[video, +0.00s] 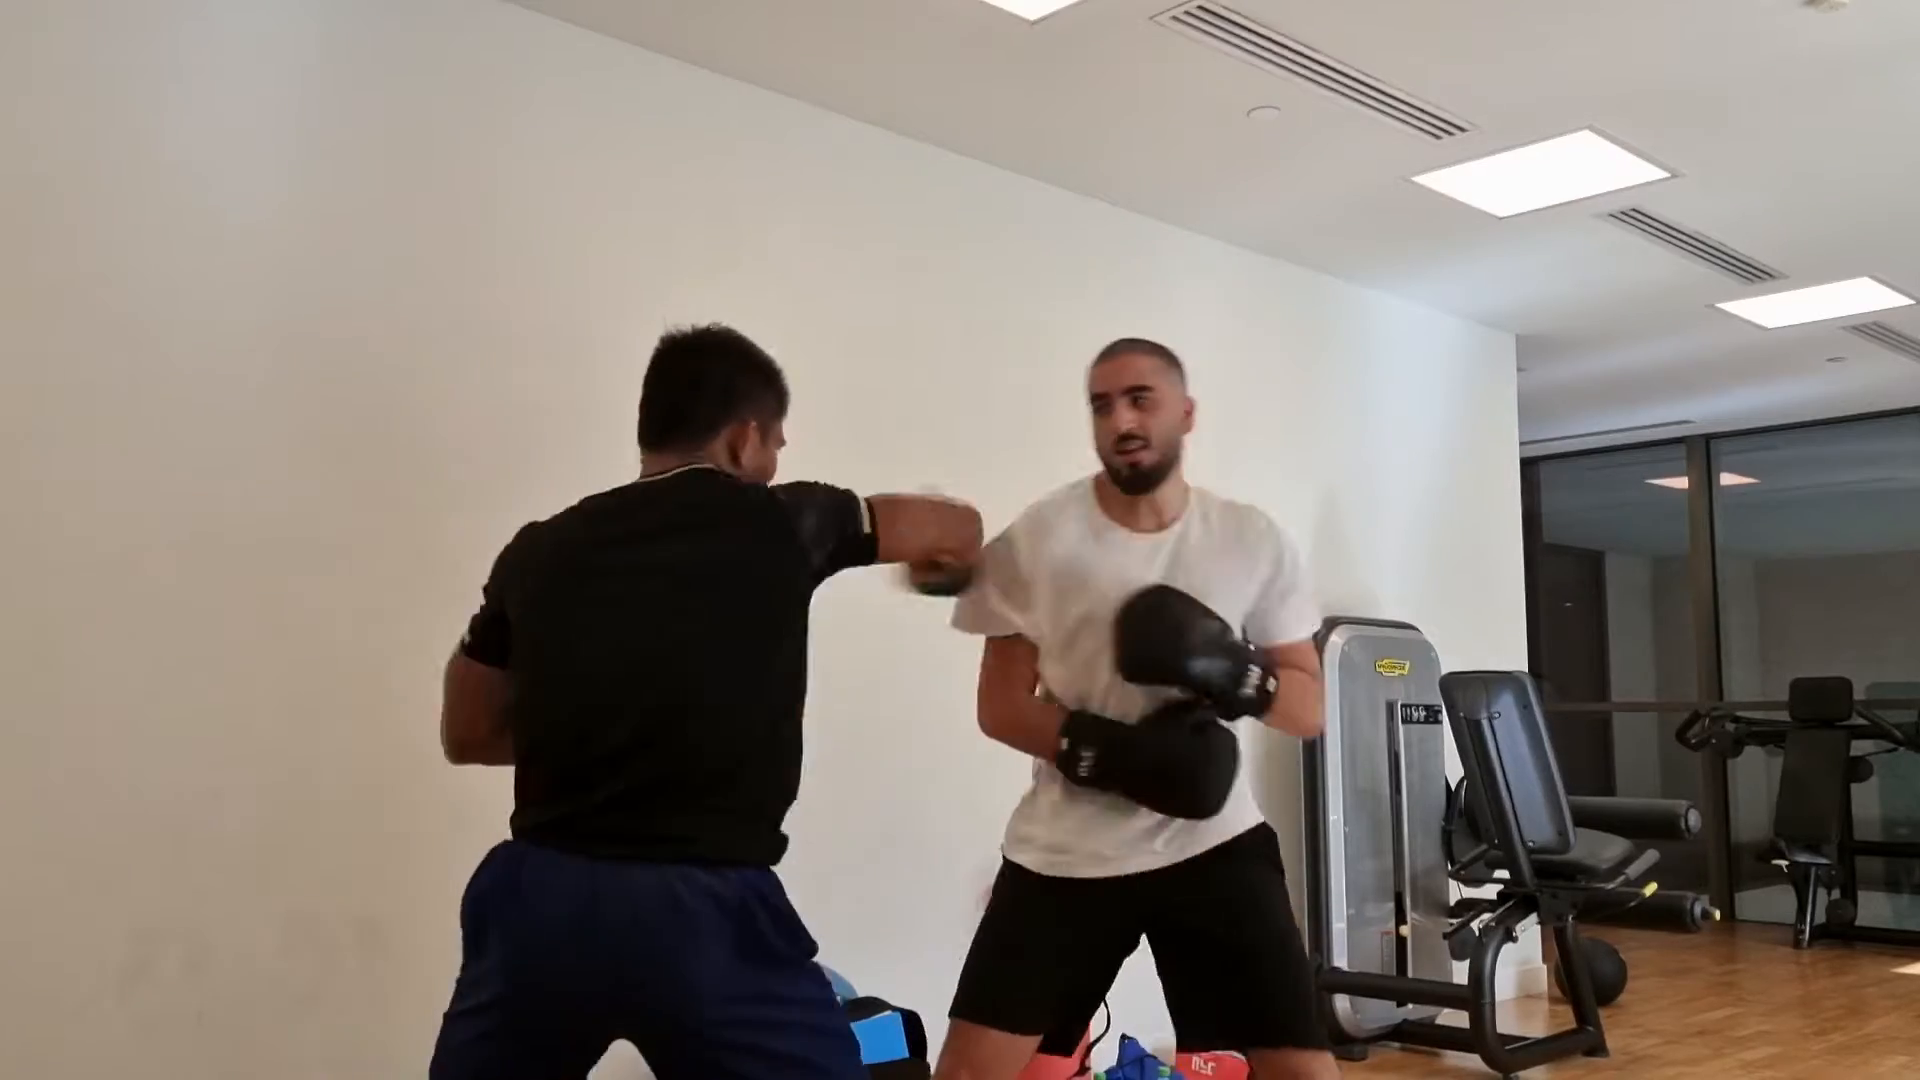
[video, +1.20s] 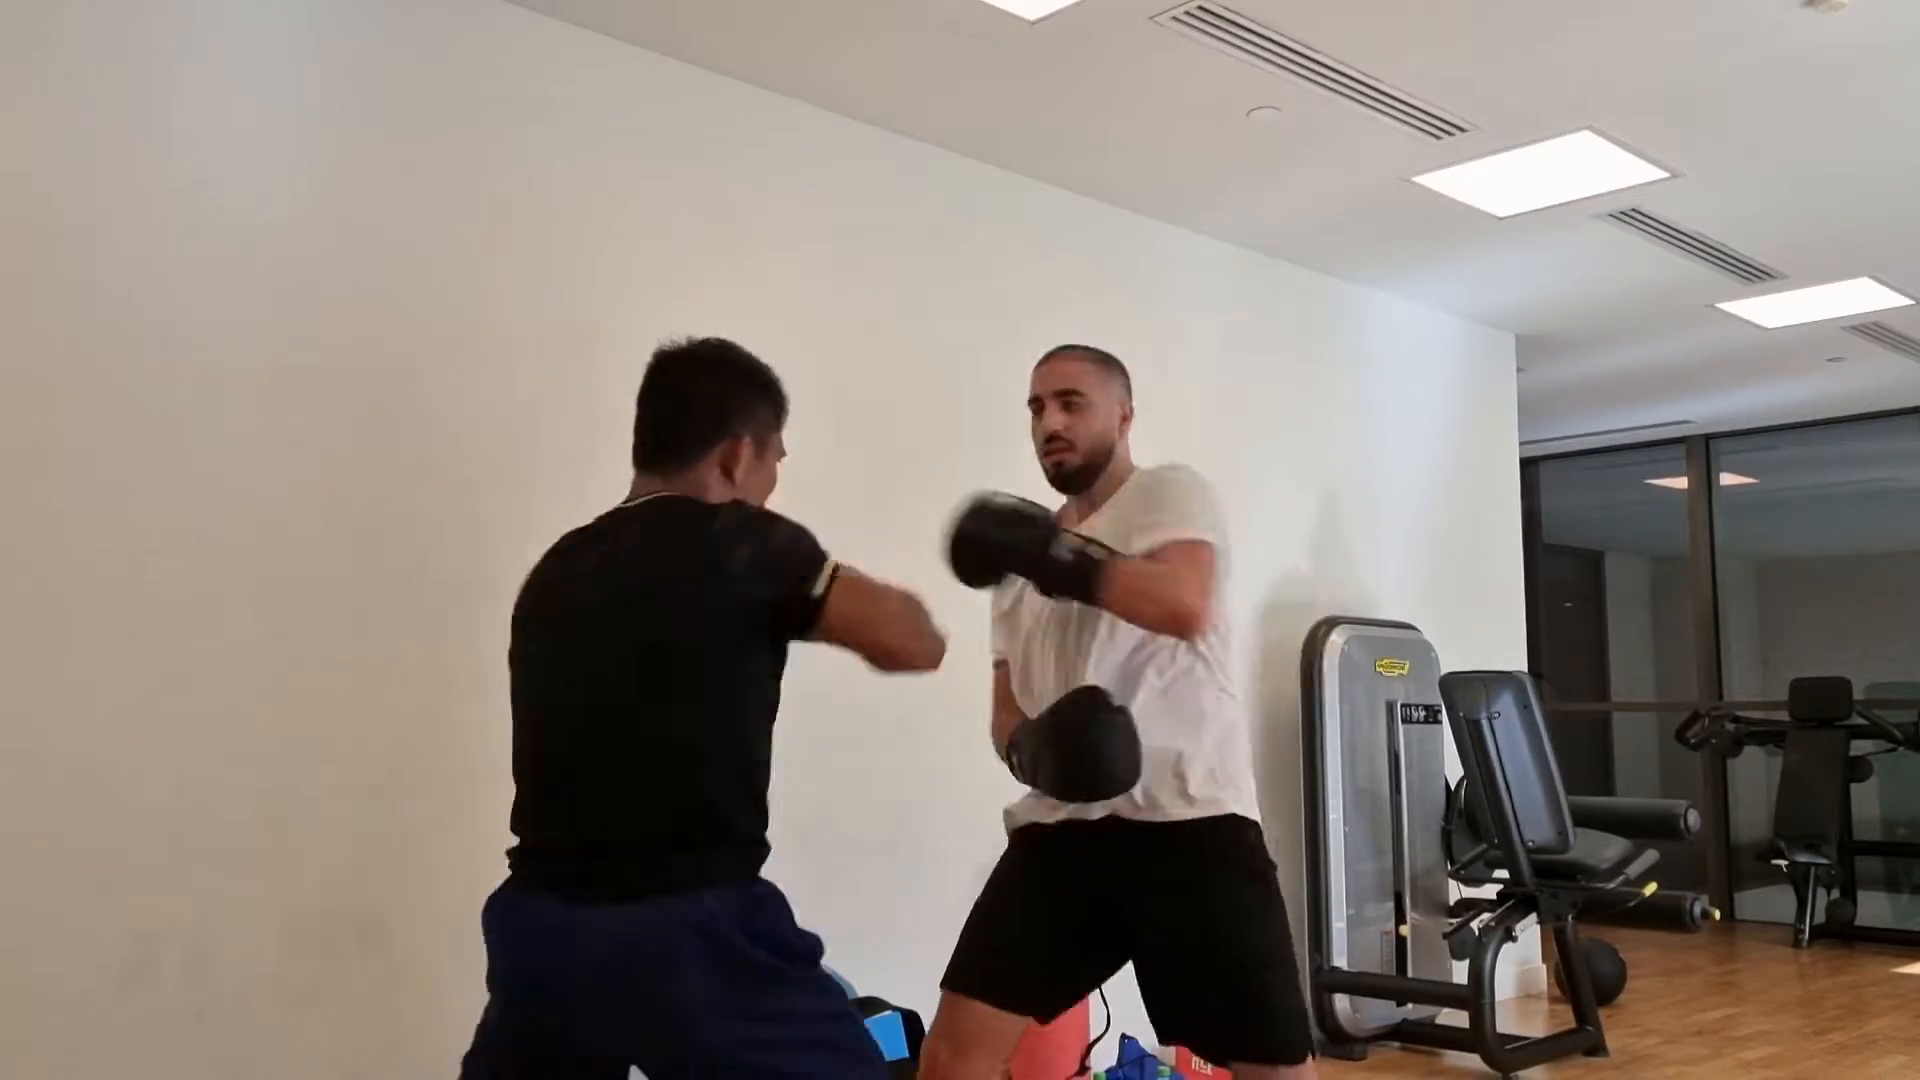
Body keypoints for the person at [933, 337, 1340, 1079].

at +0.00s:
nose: (1121, 419)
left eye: (1141, 398)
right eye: (1103, 405)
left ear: (1188, 412)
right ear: (1090, 425)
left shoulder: (1255, 541)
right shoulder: (1035, 541)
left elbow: (1309, 708)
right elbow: (1001, 708)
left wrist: (1232, 677)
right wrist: (1113, 752)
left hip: (1217, 851)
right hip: (1063, 858)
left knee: (1303, 1070)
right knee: (971, 1069)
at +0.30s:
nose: (1068, 398)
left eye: (1091, 378)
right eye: (1056, 384)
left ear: (1145, 390)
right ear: (1049, 401)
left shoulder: (1221, 503)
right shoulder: (1029, 532)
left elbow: (1295, 668)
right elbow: (1014, 703)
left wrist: (1162, 637)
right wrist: (1062, 738)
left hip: (1222, 842)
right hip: (1071, 847)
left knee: (1302, 1067)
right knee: (969, 1057)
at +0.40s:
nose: (983, 445)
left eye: (1000, 421)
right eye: (973, 433)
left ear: (1062, 425)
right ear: (970, 450)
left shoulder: (1115, 514)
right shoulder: (1034, 567)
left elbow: (1201, 660)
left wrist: (1057, 659)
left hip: (1204, 840)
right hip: (1079, 848)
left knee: (1281, 1066)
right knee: (979, 1047)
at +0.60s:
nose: (1023, 425)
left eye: (1042, 402)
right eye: (1009, 413)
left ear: (1097, 411)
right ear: (1003, 435)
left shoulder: (1173, 513)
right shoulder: (1003, 563)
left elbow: (1266, 674)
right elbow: (994, 728)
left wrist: (1124, 657)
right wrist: (1047, 768)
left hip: (1198, 855)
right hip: (1048, 862)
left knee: (1282, 1068)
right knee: (955, 1060)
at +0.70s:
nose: (1116, 404)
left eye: (1138, 385)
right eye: (1100, 392)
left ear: (1184, 406)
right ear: (1086, 415)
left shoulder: (1249, 542)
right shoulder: (1020, 534)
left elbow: (1291, 716)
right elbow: (984, 694)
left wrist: (1222, 671)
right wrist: (1100, 758)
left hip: (1208, 856)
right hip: (1051, 855)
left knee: (1303, 1066)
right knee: (963, 1065)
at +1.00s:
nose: (1075, 418)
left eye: (1099, 401)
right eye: (1069, 402)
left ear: (1157, 423)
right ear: (1062, 416)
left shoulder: (1217, 521)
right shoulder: (1017, 558)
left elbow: (1303, 670)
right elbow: (997, 718)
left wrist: (1184, 587)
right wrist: (1032, 747)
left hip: (1201, 857)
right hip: (1056, 865)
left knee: (1280, 1069)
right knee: (957, 1063)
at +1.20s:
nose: (1048, 421)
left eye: (1071, 402)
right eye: (1037, 407)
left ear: (1124, 414)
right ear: (1028, 427)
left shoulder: (1173, 491)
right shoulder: (1019, 564)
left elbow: (1185, 606)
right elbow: (1007, 717)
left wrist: (1047, 555)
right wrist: (1037, 747)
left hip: (1196, 839)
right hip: (1060, 844)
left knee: (1275, 1067)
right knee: (955, 1058)